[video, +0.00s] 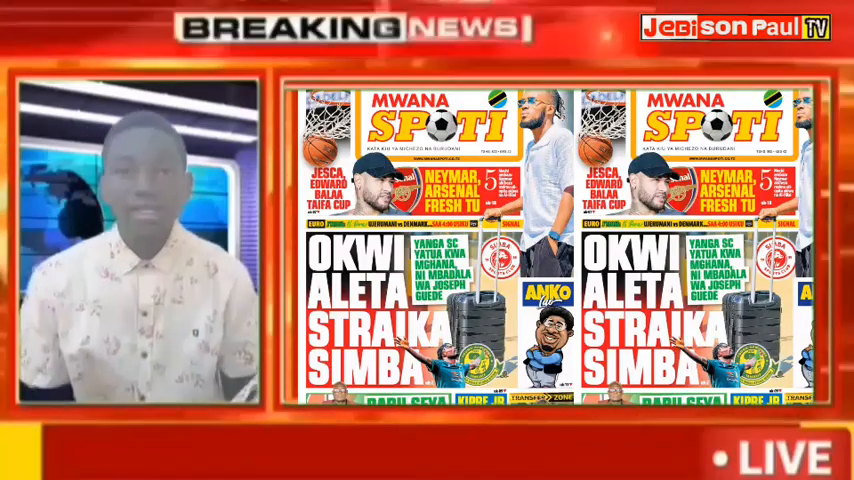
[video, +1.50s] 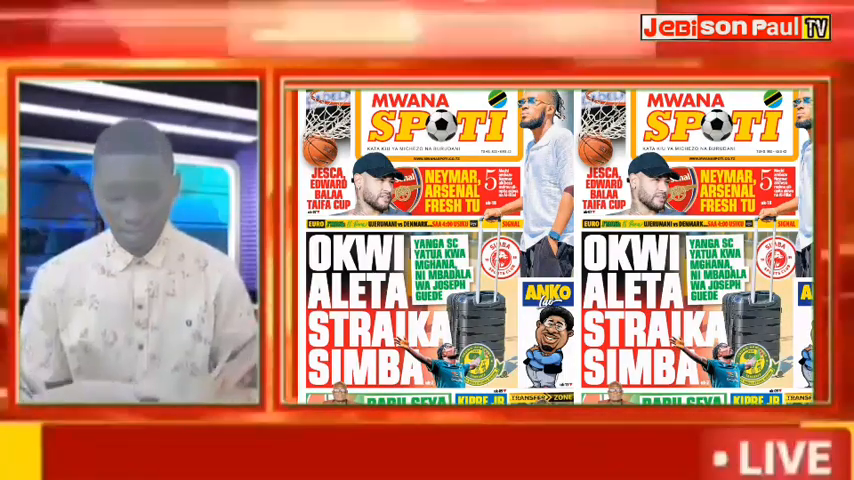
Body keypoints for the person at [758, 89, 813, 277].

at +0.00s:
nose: (799, 107)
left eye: (806, 101)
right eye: (797, 103)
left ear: (820, 108)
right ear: (795, 109)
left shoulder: (826, 148)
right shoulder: (806, 149)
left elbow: (829, 192)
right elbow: (805, 196)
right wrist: (777, 211)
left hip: (819, 239)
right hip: (804, 239)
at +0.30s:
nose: (799, 107)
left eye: (806, 101)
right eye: (797, 103)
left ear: (820, 108)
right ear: (795, 109)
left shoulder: (826, 148)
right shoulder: (806, 149)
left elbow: (832, 192)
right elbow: (804, 196)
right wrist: (777, 211)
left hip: (819, 239)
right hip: (804, 239)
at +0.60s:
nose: (799, 107)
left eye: (807, 101)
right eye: (797, 103)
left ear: (820, 107)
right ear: (794, 110)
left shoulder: (827, 147)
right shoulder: (806, 149)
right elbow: (805, 197)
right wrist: (776, 211)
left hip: (820, 240)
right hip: (804, 240)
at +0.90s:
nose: (799, 108)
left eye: (807, 101)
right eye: (797, 103)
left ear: (820, 107)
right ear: (795, 109)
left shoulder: (825, 148)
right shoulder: (806, 149)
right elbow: (805, 196)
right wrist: (776, 211)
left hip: (819, 240)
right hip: (804, 240)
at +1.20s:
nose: (799, 107)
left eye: (806, 101)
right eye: (797, 103)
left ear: (820, 107)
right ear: (794, 110)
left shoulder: (826, 148)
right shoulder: (806, 149)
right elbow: (805, 196)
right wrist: (777, 211)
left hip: (820, 240)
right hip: (804, 239)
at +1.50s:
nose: (799, 107)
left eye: (806, 101)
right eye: (797, 103)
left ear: (820, 107)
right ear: (794, 109)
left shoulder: (826, 148)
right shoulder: (806, 149)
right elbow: (804, 196)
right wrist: (777, 211)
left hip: (820, 240)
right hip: (804, 239)